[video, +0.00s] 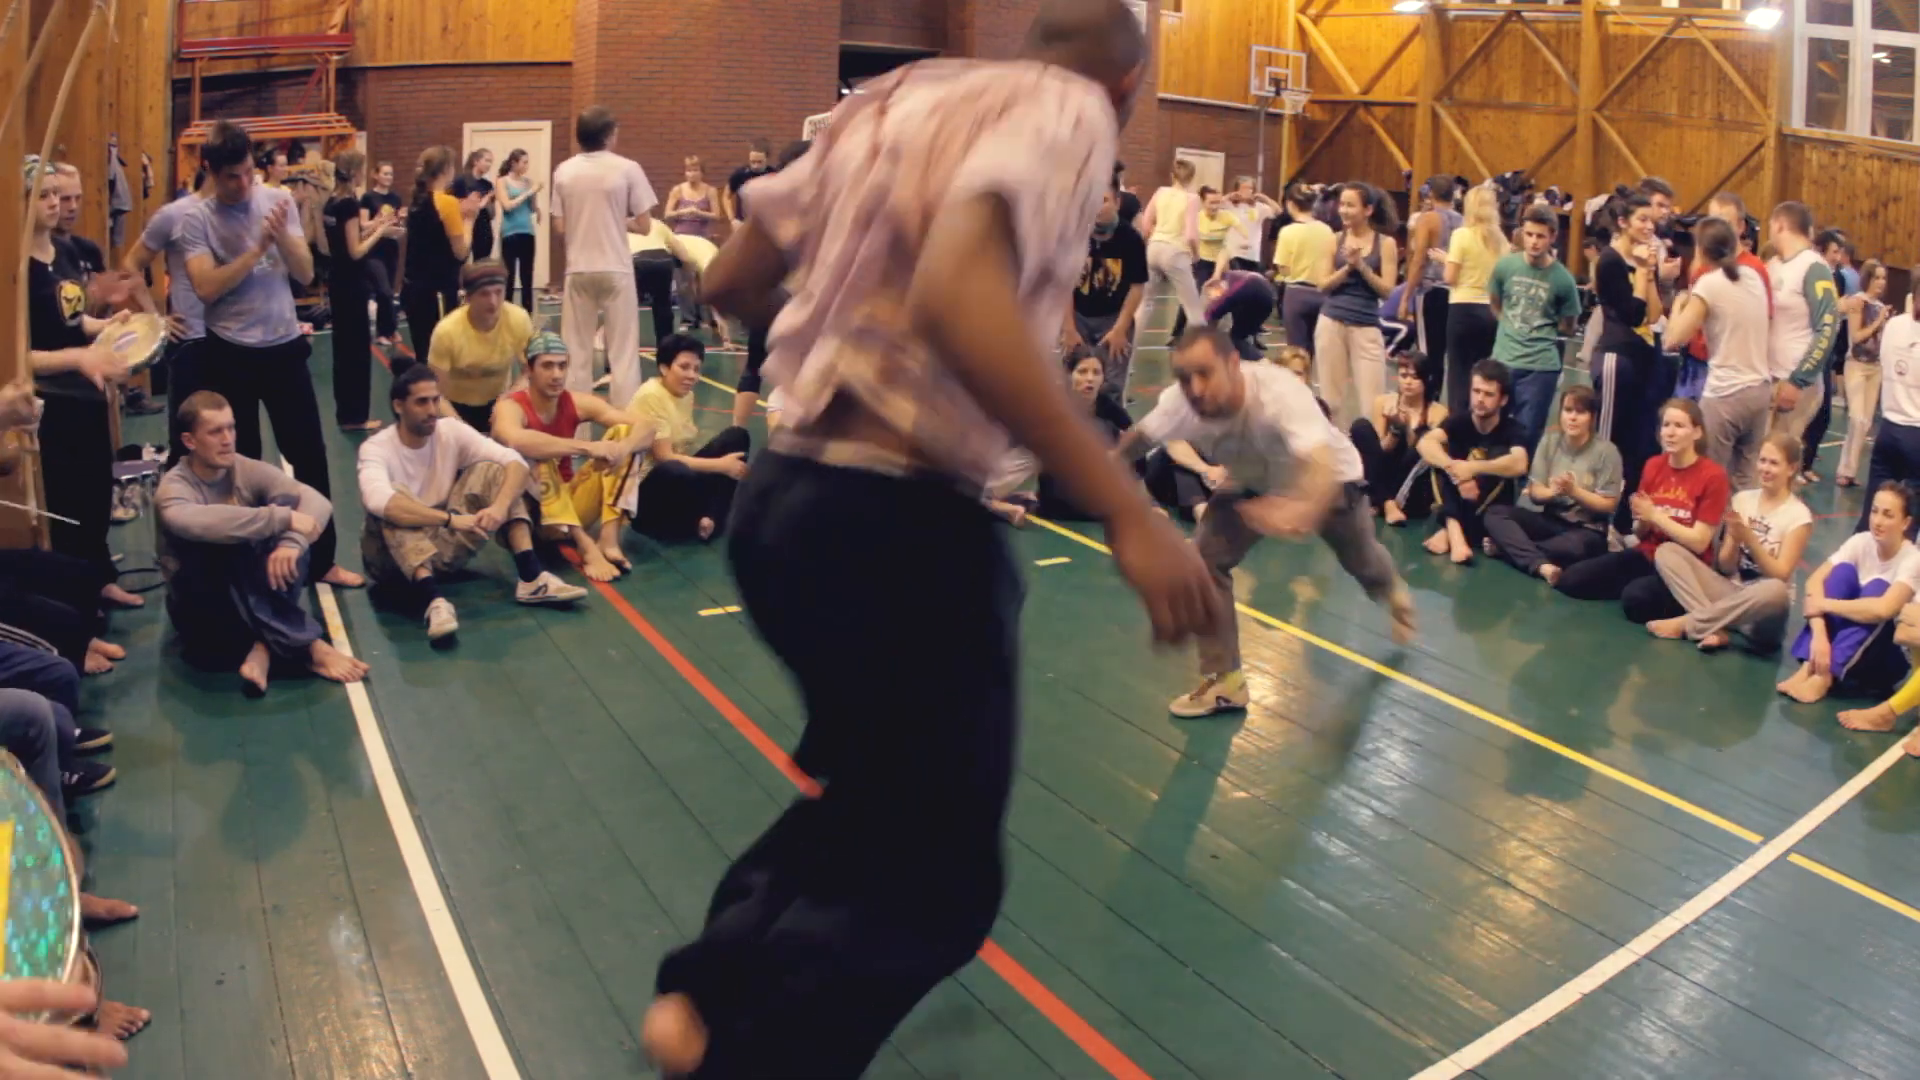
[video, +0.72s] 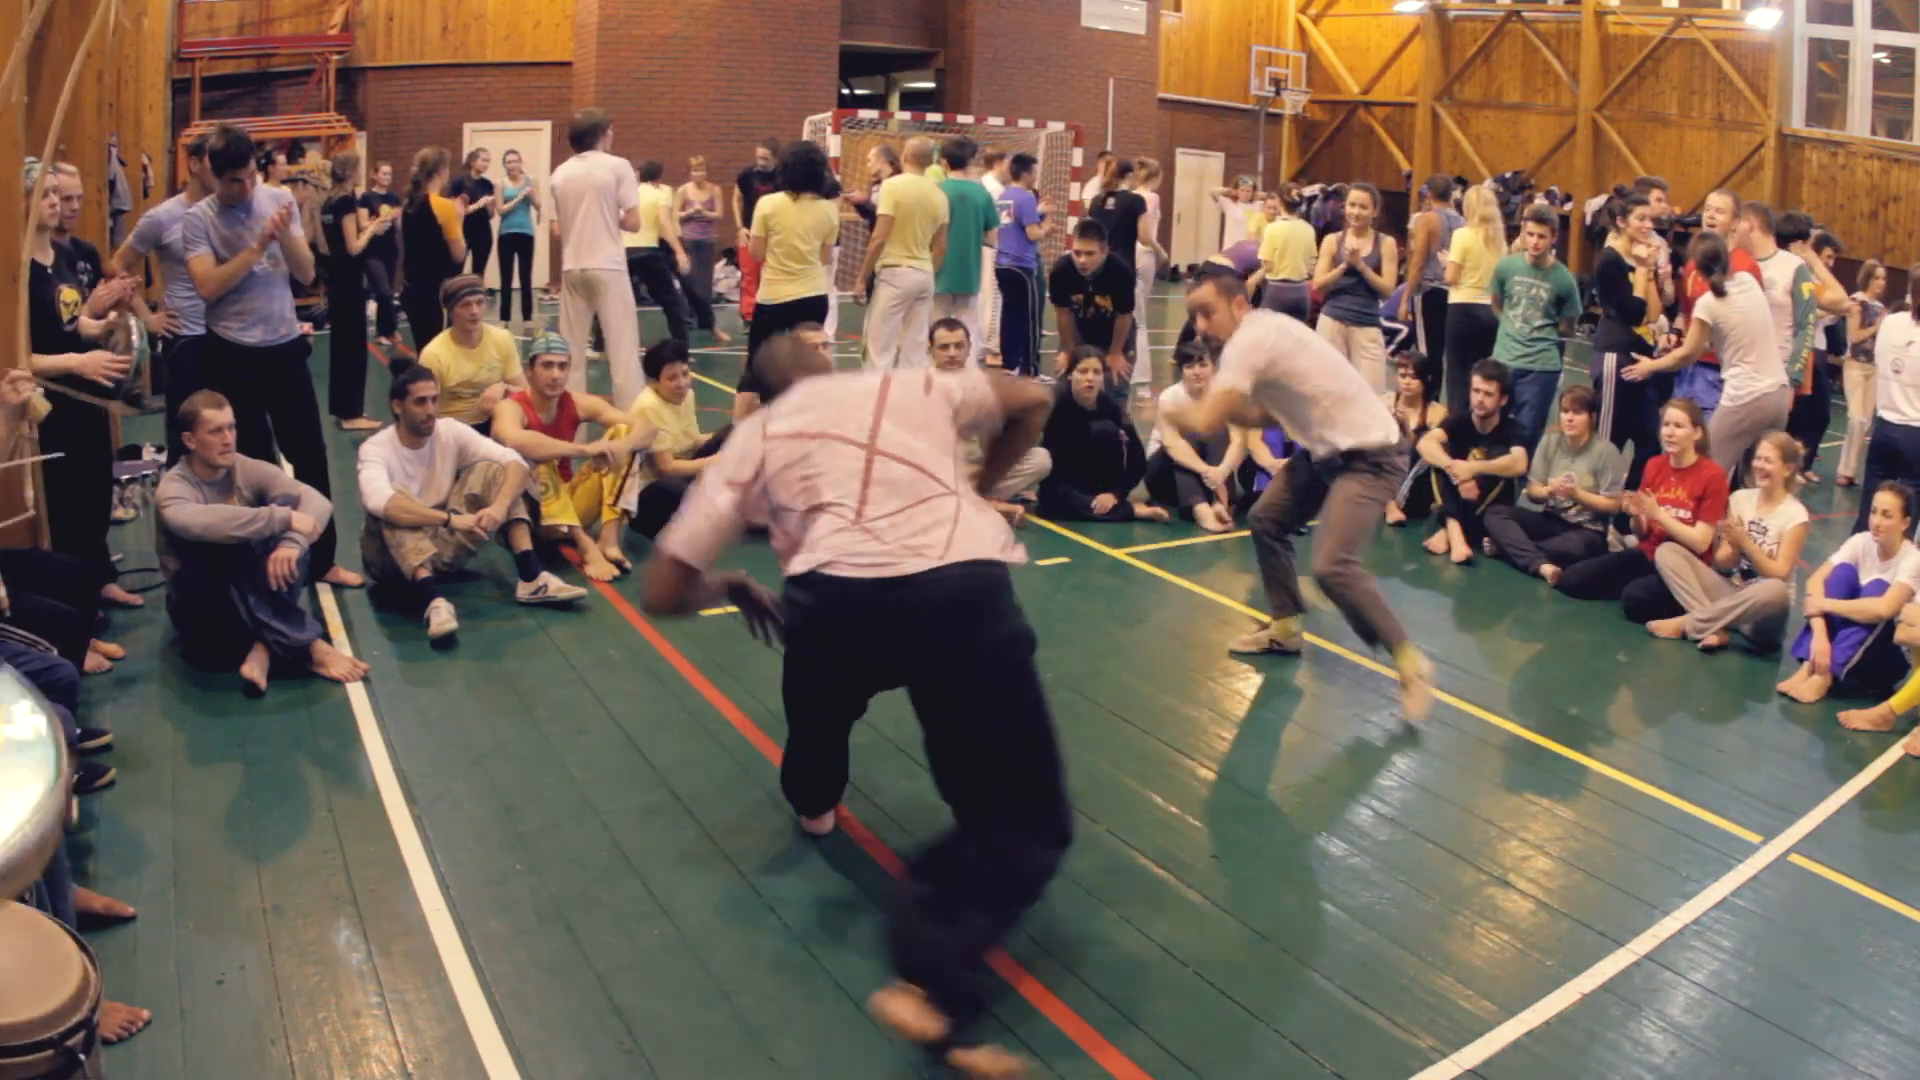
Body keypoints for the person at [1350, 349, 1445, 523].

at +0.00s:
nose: (1408, 382)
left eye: (1415, 377)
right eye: (1404, 376)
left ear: (1426, 380)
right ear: (1397, 378)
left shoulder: (1438, 412)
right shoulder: (1383, 403)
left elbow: (1422, 454)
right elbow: (1380, 450)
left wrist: (1411, 428)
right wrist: (1395, 429)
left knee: (1421, 451)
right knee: (1360, 426)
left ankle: (1377, 503)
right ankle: (1387, 501)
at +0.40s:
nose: (1407, 382)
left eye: (1414, 377)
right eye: (1403, 376)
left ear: (1426, 380)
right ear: (1396, 378)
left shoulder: (1438, 411)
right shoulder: (1383, 403)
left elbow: (1423, 453)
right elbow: (1380, 449)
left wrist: (1408, 428)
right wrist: (1393, 431)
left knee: (1418, 451)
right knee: (1360, 426)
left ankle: (1374, 501)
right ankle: (1388, 502)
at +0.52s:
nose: (1407, 382)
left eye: (1414, 377)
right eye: (1403, 376)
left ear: (1426, 380)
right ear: (1396, 378)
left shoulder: (1438, 412)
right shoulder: (1382, 404)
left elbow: (1423, 453)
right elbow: (1376, 451)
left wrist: (1409, 428)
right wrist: (1394, 431)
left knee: (1418, 454)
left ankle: (1378, 503)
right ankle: (1389, 503)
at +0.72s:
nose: (1407, 382)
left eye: (1414, 377)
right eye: (1403, 376)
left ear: (1426, 380)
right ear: (1396, 378)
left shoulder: (1437, 413)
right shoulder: (1382, 405)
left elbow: (1434, 453)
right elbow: (1372, 444)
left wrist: (1408, 429)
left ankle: (1396, 504)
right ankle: (1390, 503)